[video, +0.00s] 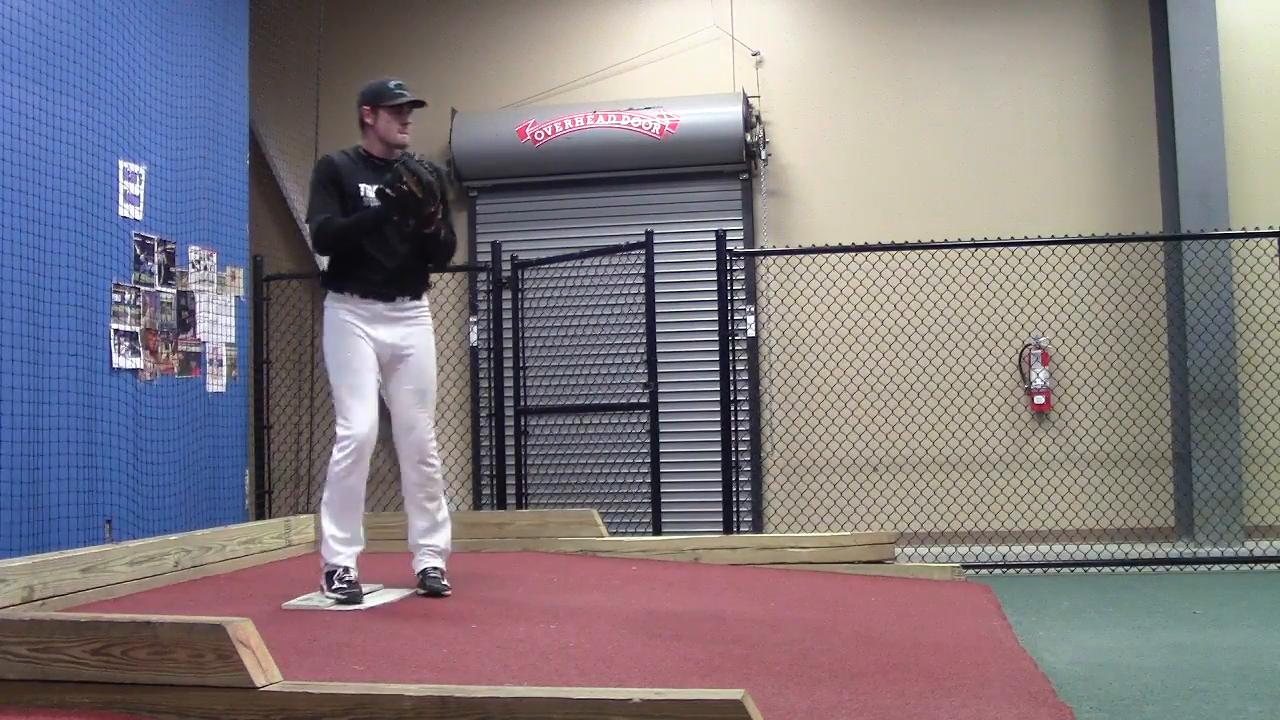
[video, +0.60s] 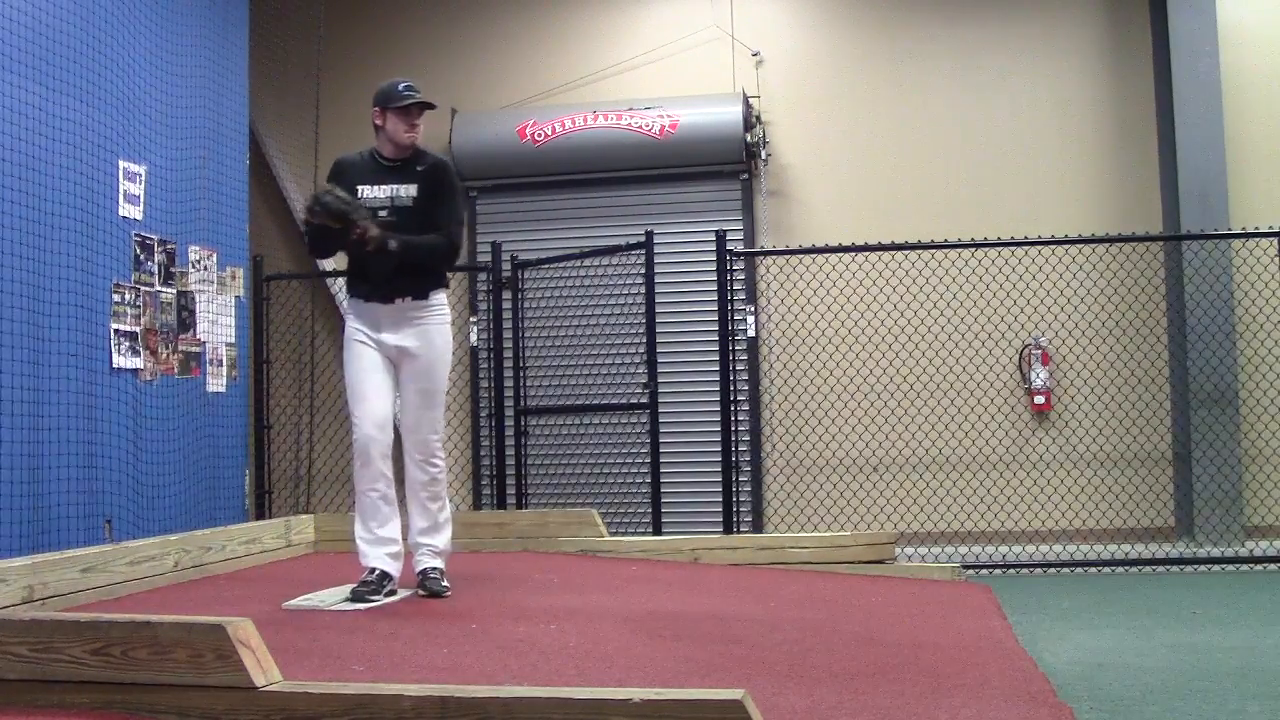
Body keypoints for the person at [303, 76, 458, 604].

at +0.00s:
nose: (406, 121)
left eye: (408, 114)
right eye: (396, 113)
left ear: (408, 120)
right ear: (368, 116)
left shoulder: (420, 175)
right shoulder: (336, 167)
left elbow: (443, 256)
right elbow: (324, 236)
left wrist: (432, 222)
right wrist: (386, 210)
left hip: (410, 319)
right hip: (351, 317)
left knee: (419, 440)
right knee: (358, 432)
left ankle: (431, 558)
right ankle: (339, 562)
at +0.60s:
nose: (415, 122)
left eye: (419, 114)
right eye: (405, 114)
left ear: (423, 120)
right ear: (378, 118)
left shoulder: (437, 171)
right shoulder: (347, 170)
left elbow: (450, 248)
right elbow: (320, 247)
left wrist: (388, 244)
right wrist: (325, 221)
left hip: (426, 320)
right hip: (365, 321)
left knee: (425, 442)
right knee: (369, 436)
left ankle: (431, 559)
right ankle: (379, 565)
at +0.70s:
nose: (405, 123)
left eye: (410, 115)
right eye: (395, 115)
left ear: (416, 120)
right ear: (370, 119)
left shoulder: (429, 167)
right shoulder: (344, 170)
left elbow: (432, 240)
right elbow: (320, 245)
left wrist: (360, 234)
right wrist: (304, 224)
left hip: (421, 317)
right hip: (362, 320)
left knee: (411, 436)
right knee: (366, 434)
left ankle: (428, 556)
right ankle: (379, 566)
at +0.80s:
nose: (395, 125)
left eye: (402, 116)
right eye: (385, 116)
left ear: (411, 121)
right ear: (365, 120)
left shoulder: (422, 166)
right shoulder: (341, 174)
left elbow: (421, 232)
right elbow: (308, 241)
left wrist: (345, 218)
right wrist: (297, 212)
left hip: (417, 311)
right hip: (360, 317)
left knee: (385, 410)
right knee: (361, 435)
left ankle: (415, 544)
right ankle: (379, 568)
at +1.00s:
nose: (385, 126)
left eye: (392, 117)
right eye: (375, 118)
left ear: (403, 120)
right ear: (357, 121)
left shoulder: (415, 159)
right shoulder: (341, 171)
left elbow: (408, 213)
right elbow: (287, 222)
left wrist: (335, 181)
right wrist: (298, 180)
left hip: (427, 294)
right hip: (369, 305)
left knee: (351, 297)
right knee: (369, 440)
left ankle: (351, 442)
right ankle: (380, 566)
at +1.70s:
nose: (409, 193)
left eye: (413, 184)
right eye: (397, 185)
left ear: (419, 188)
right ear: (372, 192)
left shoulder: (432, 227)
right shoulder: (357, 257)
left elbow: (478, 260)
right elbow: (346, 334)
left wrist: (472, 275)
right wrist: (350, 406)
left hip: (487, 360)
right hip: (426, 376)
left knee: (485, 440)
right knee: (393, 469)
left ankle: (532, 579)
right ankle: (382, 574)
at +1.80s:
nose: (435, 192)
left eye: (439, 183)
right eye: (423, 185)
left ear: (447, 187)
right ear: (398, 194)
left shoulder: (465, 227)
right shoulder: (383, 261)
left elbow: (528, 227)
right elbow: (358, 336)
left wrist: (588, 227)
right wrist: (338, 410)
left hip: (512, 367)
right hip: (449, 383)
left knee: (552, 448)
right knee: (407, 478)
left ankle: (628, 578)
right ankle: (383, 574)